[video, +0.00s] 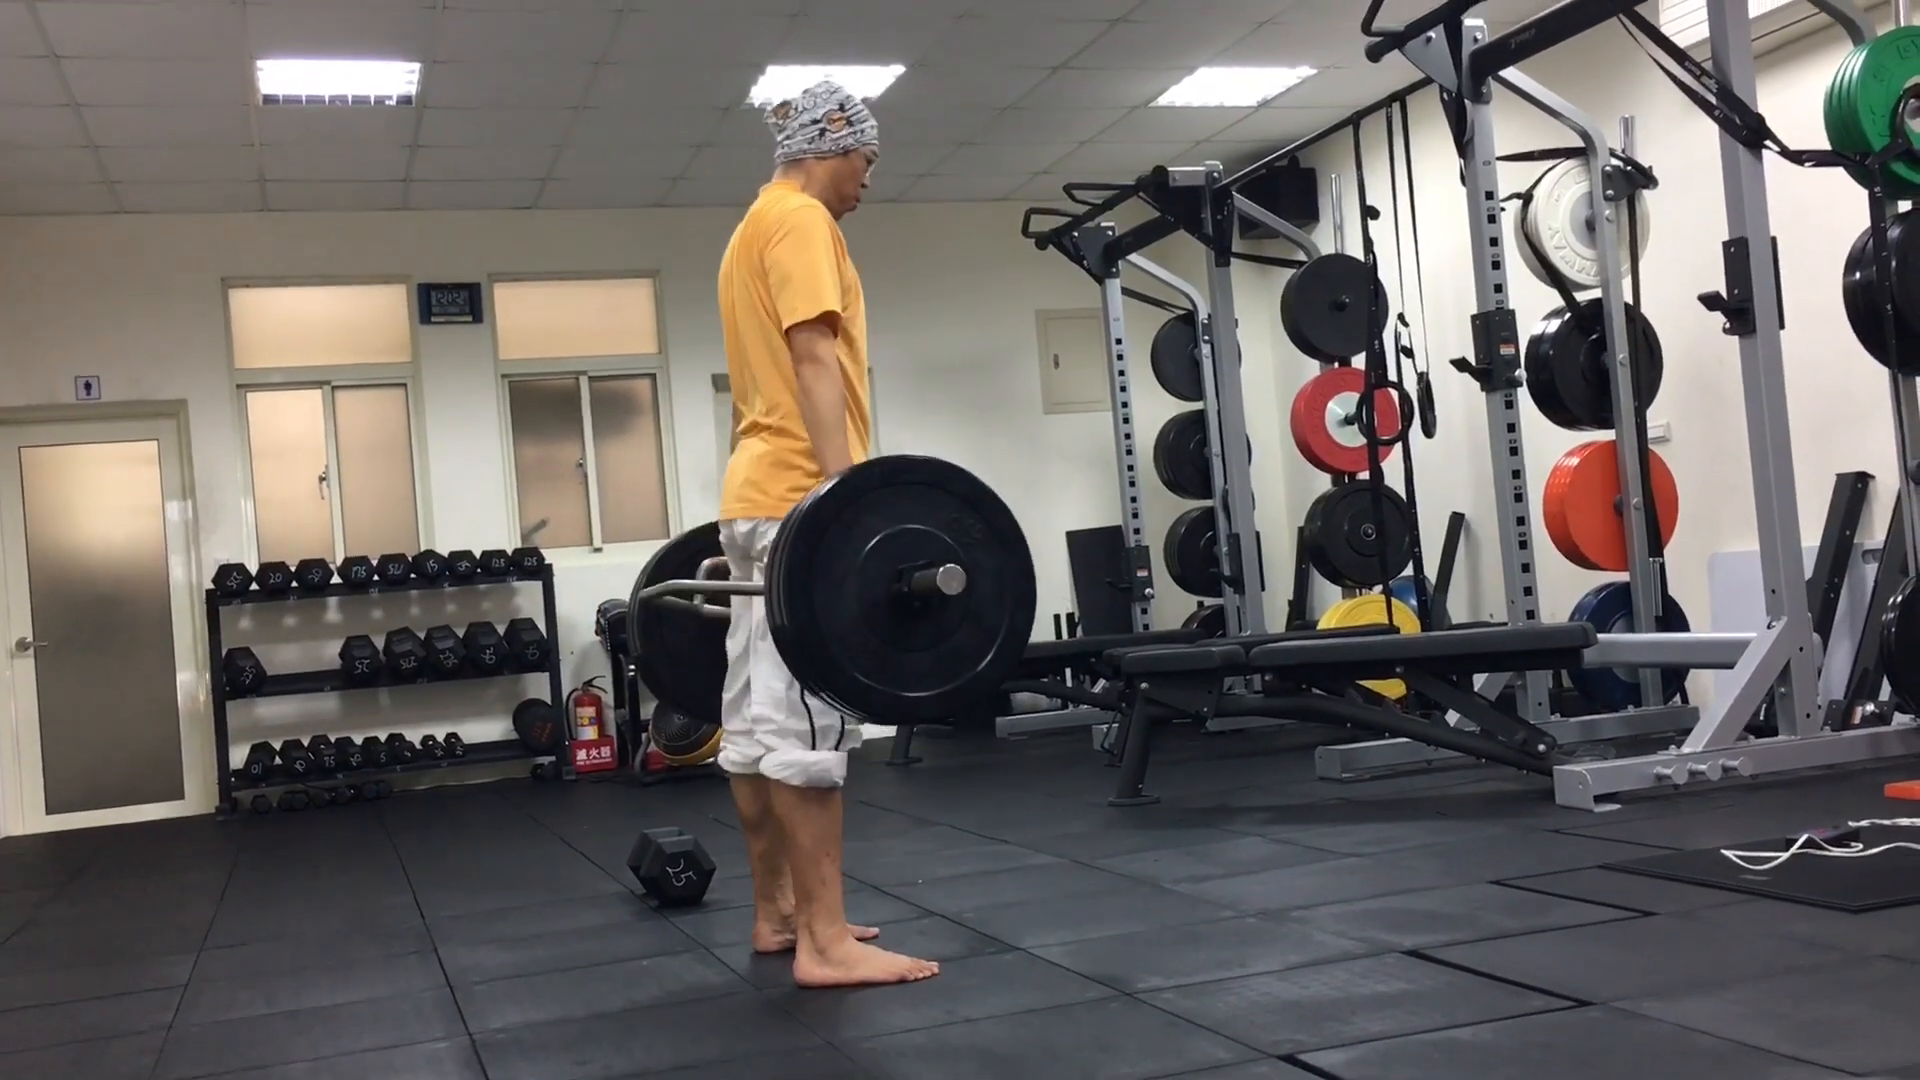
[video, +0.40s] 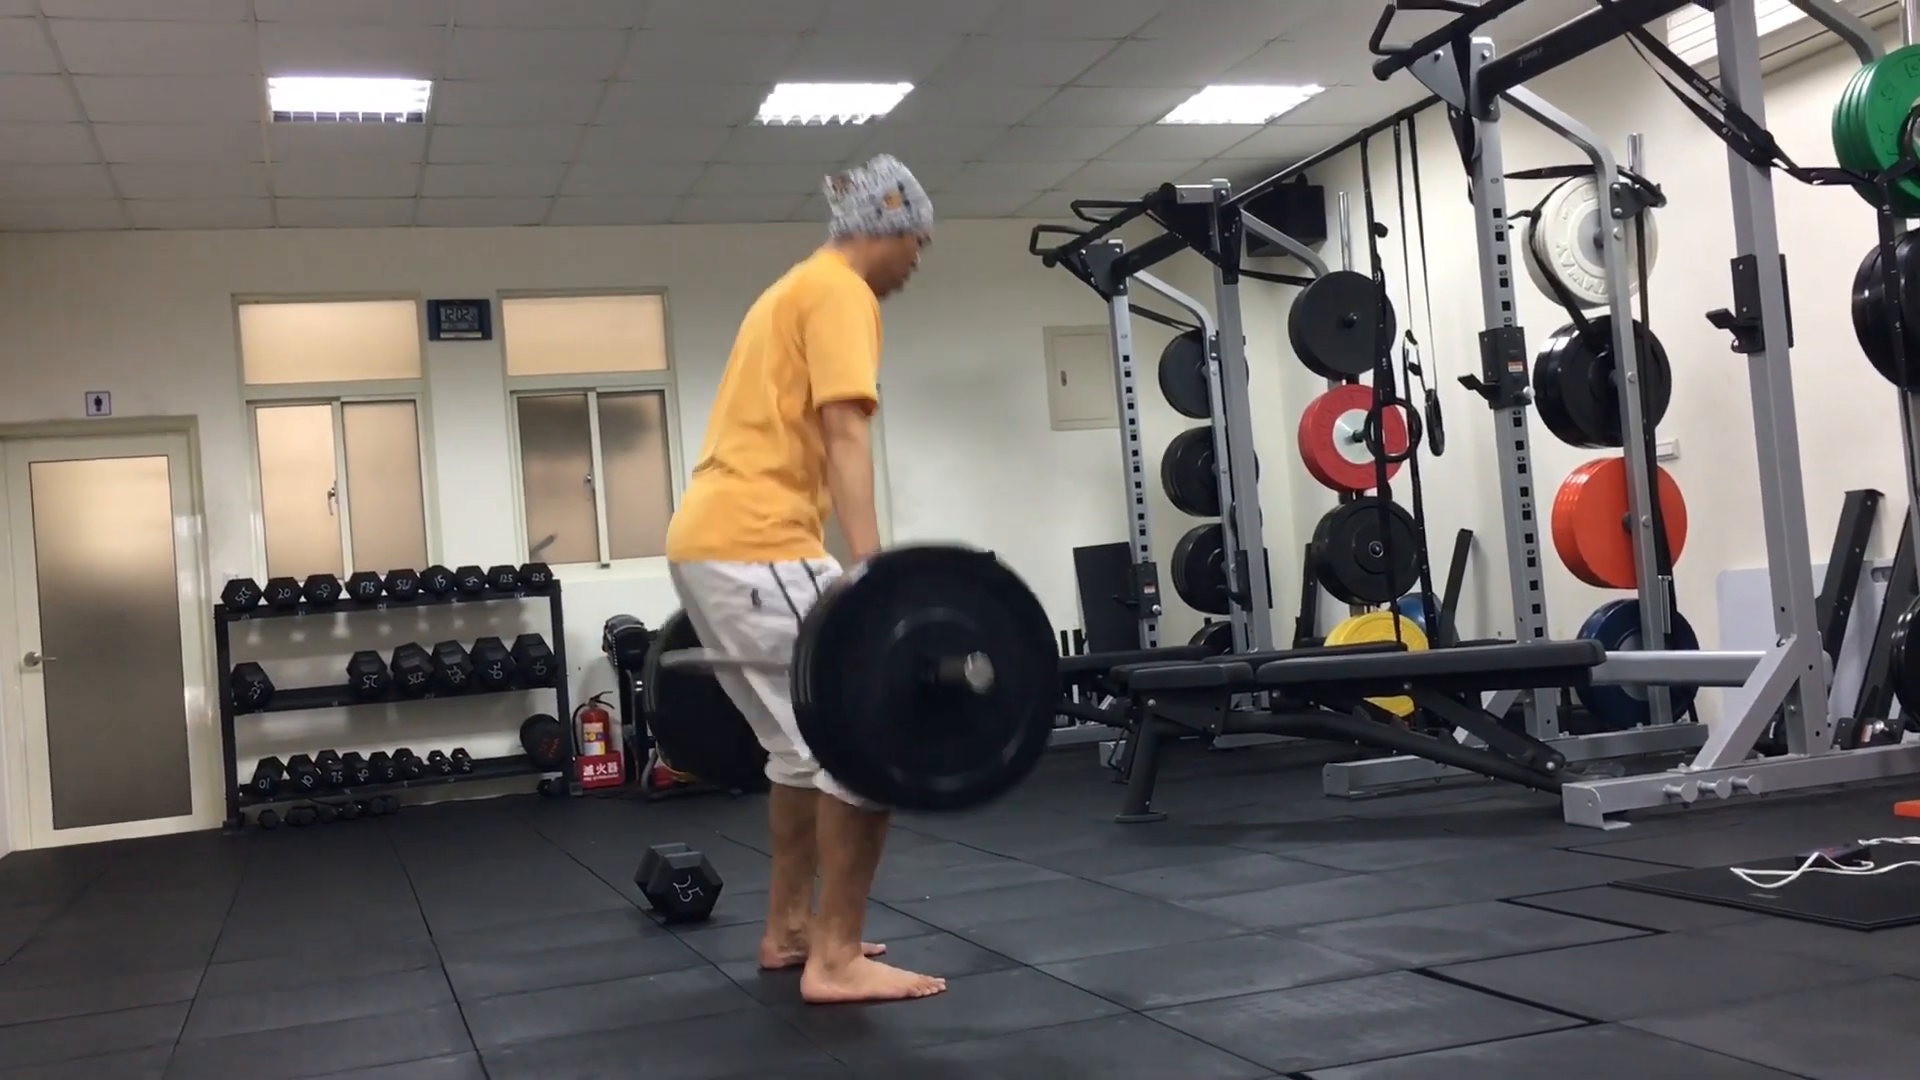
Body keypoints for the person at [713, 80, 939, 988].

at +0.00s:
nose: (869, 180)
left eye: (870, 164)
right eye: (863, 162)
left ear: (795, 155)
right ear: (828, 151)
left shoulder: (754, 230)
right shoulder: (797, 220)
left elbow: (759, 385)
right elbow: (815, 359)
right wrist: (843, 496)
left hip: (755, 501)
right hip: (801, 502)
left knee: (756, 717)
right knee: (807, 716)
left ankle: (778, 912)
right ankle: (827, 940)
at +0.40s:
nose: (915, 265)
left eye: (920, 249)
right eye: (916, 246)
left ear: (851, 229)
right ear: (885, 231)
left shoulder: (792, 292)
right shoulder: (836, 291)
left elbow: (788, 444)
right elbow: (843, 432)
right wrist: (872, 565)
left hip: (709, 543)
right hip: (759, 542)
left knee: (798, 741)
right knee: (857, 731)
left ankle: (790, 928)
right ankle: (838, 957)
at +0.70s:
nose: (953, 382)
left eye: (958, 366)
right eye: (954, 363)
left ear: (892, 346)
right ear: (922, 348)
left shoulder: (830, 400)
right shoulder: (867, 407)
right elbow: (871, 565)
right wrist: (896, 701)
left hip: (697, 614)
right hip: (742, 615)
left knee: (856, 745)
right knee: (891, 748)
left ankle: (800, 932)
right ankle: (849, 965)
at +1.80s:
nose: (970, 297)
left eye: (974, 279)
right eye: (970, 276)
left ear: (911, 258)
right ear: (940, 263)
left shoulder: (850, 321)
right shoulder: (880, 327)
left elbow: (839, 483)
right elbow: (869, 476)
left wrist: (863, 622)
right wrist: (881, 625)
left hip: (736, 548)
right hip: (772, 550)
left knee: (837, 729)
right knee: (880, 728)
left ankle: (812, 933)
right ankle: (857, 964)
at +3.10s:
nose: (980, 423)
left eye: (985, 408)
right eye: (980, 405)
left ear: (921, 390)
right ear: (946, 393)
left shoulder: (858, 438)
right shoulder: (887, 448)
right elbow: (883, 604)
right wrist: (904, 741)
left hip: (708, 640)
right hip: (749, 640)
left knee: (880, 755)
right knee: (936, 753)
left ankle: (807, 933)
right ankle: (852, 963)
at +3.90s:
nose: (981, 325)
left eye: (984, 306)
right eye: (981, 305)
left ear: (921, 291)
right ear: (950, 294)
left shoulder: (858, 349)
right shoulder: (890, 354)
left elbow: (843, 510)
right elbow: (885, 504)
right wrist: (901, 651)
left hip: (728, 563)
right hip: (767, 562)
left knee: (850, 727)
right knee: (896, 725)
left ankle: (809, 925)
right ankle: (856, 956)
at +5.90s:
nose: (984, 307)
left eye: (988, 291)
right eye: (985, 288)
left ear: (930, 269)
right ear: (957, 273)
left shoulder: (864, 326)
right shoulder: (896, 330)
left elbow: (848, 484)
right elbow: (889, 475)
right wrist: (907, 619)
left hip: (748, 550)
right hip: (793, 549)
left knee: (852, 728)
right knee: (898, 724)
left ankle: (816, 921)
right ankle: (863, 953)